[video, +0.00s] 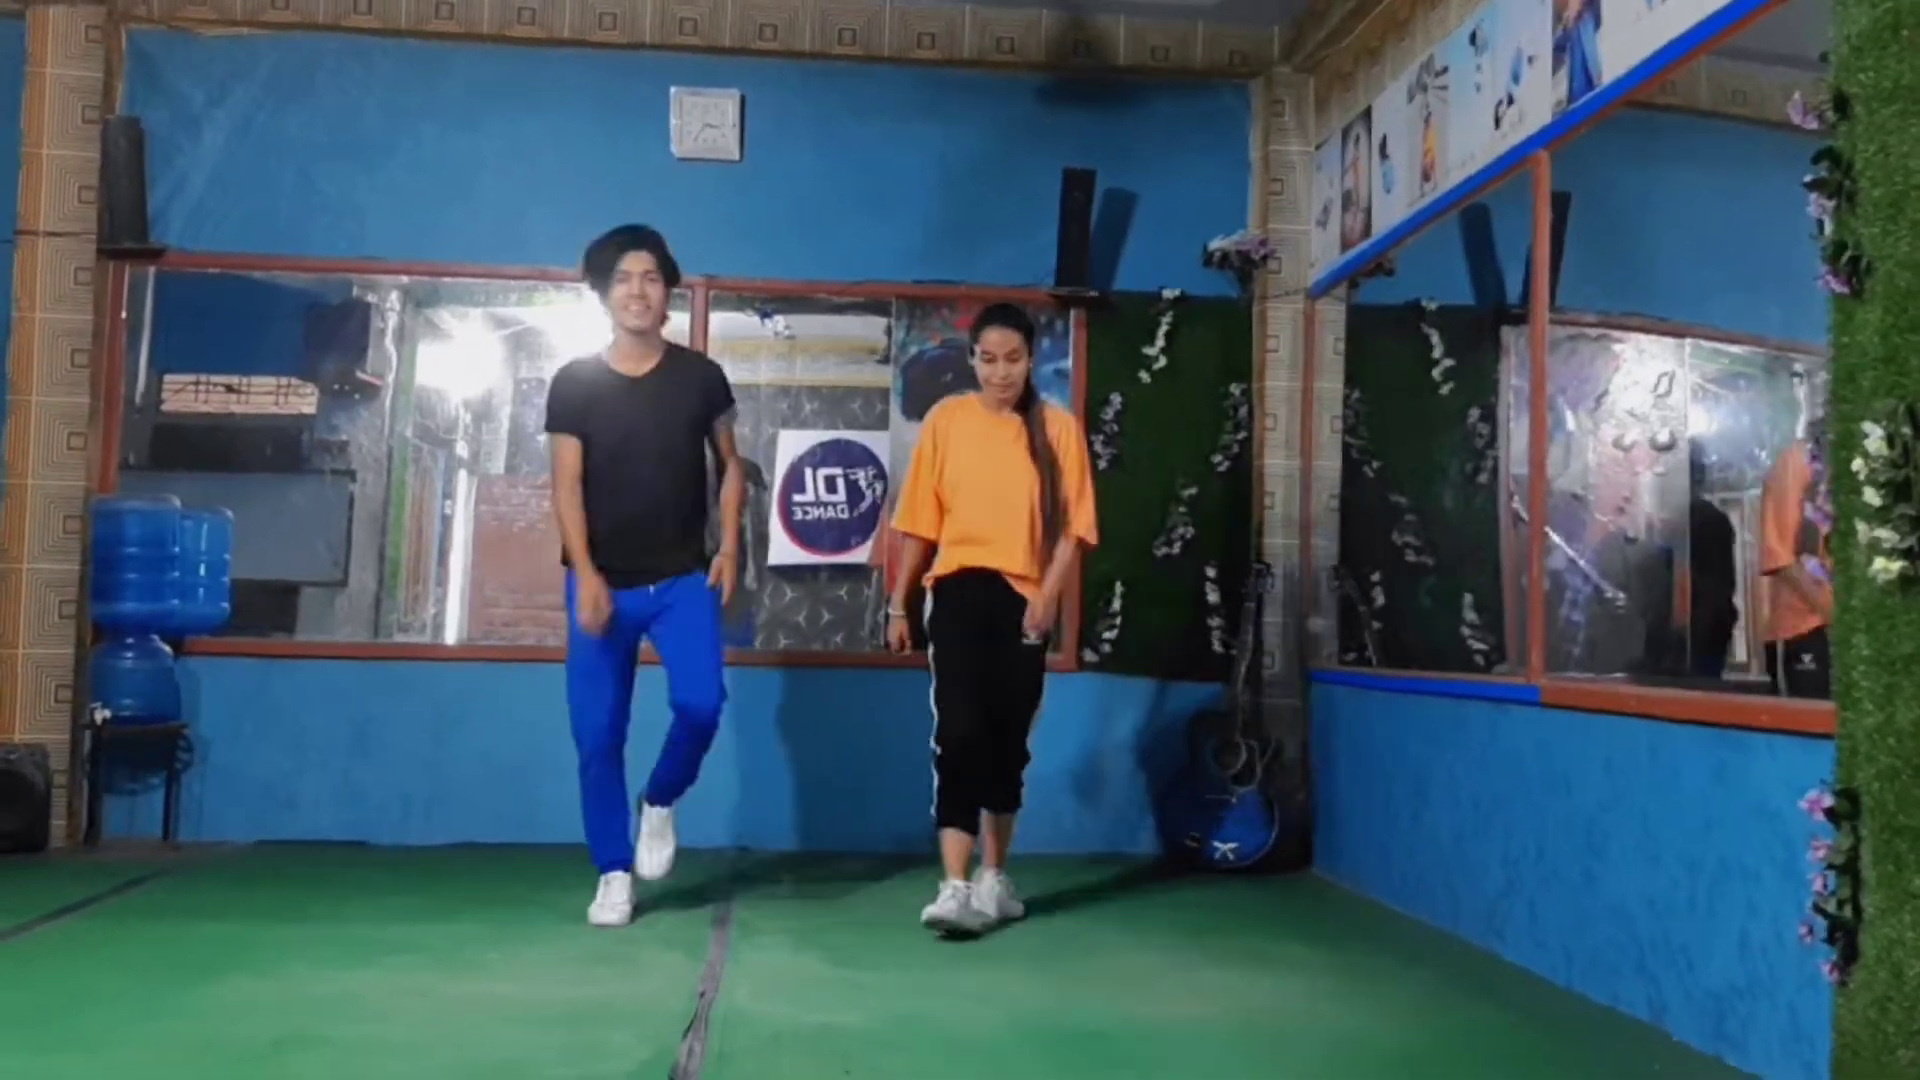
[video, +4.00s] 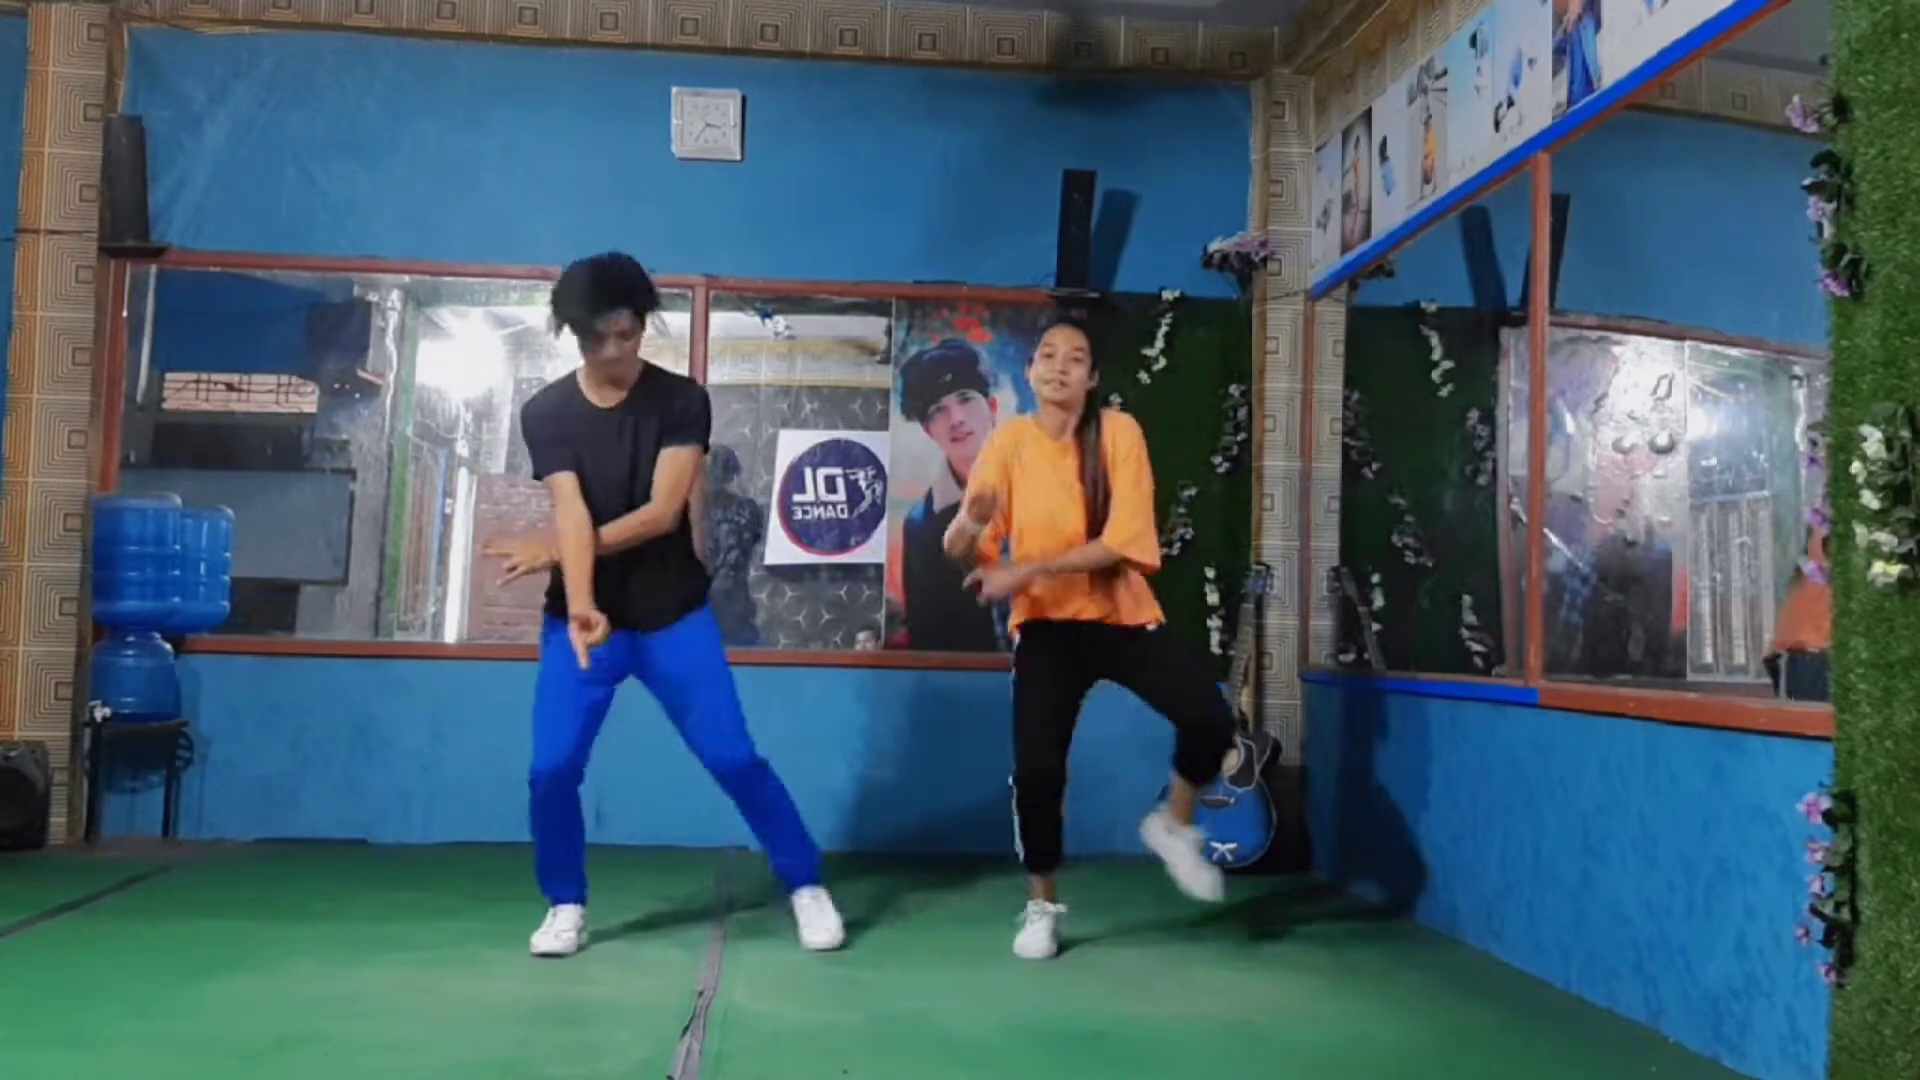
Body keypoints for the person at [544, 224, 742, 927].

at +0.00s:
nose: (640, 292)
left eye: (651, 279)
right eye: (625, 280)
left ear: (669, 292)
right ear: (603, 295)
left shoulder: (701, 376)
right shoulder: (576, 382)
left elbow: (732, 467)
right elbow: (566, 486)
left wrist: (728, 547)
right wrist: (585, 574)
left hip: (684, 581)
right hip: (601, 583)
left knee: (702, 706)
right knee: (597, 735)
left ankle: (658, 803)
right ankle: (613, 870)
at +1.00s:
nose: (612, 270)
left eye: (626, 258)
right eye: (597, 258)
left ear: (645, 275)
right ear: (573, 276)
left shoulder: (681, 363)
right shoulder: (546, 369)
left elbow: (718, 465)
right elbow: (523, 482)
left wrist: (646, 492)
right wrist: (583, 507)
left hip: (661, 589)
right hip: (570, 591)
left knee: (659, 729)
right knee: (564, 745)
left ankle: (637, 887)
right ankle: (577, 899)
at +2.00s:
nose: (636, 287)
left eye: (650, 274)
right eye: (622, 274)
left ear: (672, 288)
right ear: (600, 288)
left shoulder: (708, 376)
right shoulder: (581, 376)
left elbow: (763, 469)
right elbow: (512, 458)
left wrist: (817, 393)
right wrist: (434, 414)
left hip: (667, 603)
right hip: (582, 599)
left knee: (677, 751)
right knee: (502, 721)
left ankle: (703, 898)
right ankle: (502, 897)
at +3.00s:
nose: (622, 299)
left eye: (634, 285)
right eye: (607, 288)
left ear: (657, 300)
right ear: (588, 303)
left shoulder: (687, 396)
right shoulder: (554, 375)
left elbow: (707, 502)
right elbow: (496, 463)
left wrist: (729, 442)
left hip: (638, 612)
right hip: (542, 603)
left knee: (658, 757)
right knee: (475, 731)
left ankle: (622, 899)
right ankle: (515, 885)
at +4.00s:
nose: (621, 349)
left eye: (631, 333)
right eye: (607, 337)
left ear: (645, 325)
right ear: (579, 334)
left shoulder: (680, 400)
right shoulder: (548, 412)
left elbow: (664, 512)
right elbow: (571, 515)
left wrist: (559, 549)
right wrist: (580, 606)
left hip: (674, 617)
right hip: (582, 617)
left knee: (732, 759)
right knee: (550, 769)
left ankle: (806, 888)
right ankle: (565, 905)